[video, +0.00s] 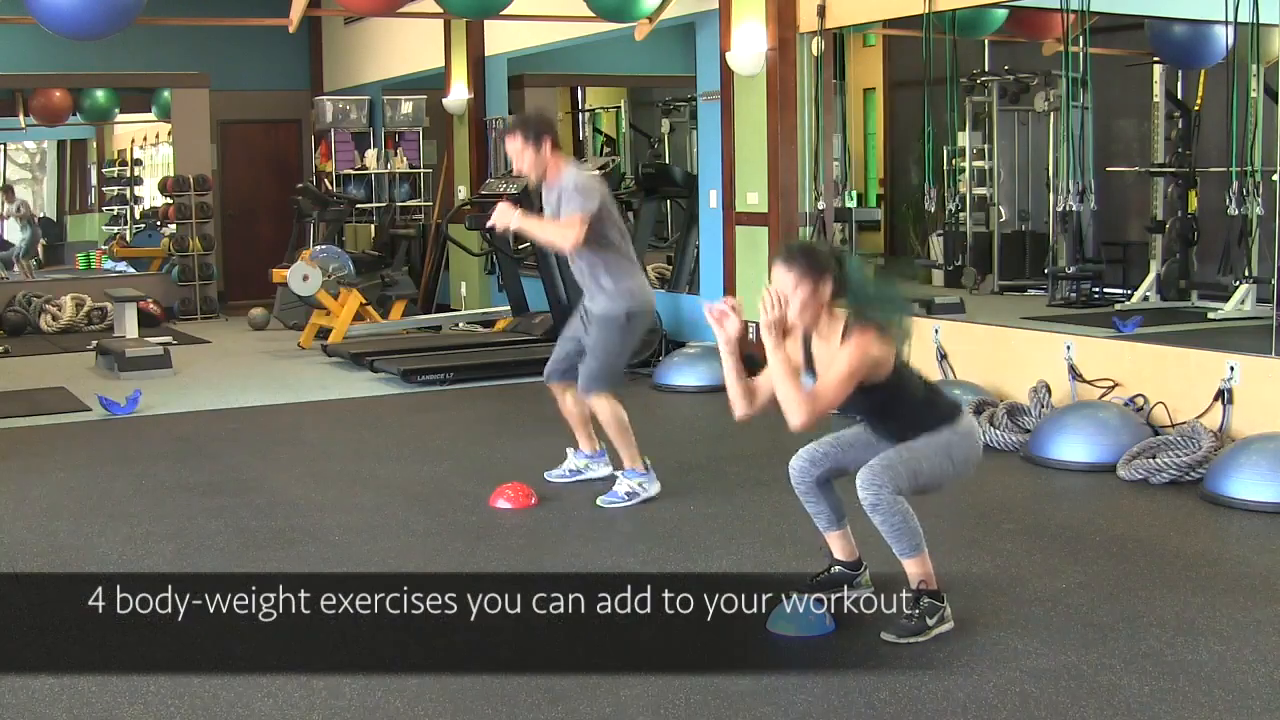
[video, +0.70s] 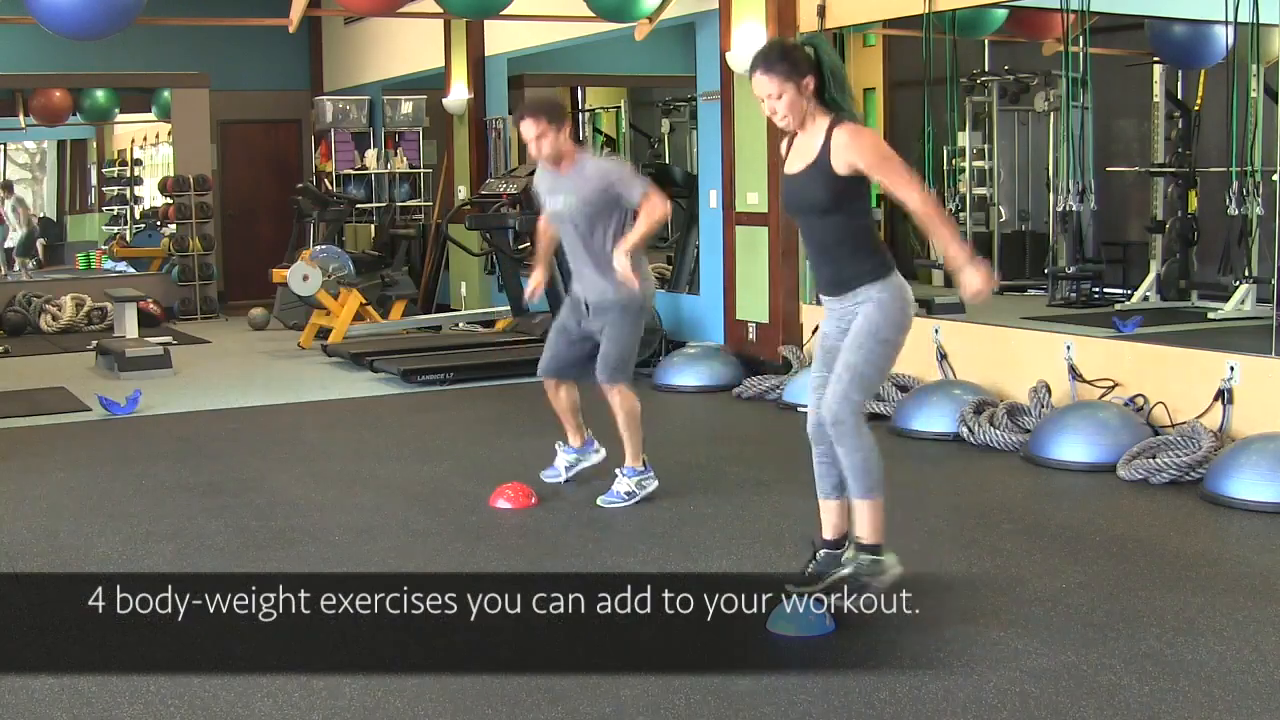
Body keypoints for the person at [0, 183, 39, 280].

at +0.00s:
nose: (4, 197)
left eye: (5, 194)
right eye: (3, 195)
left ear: (11, 193)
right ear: (4, 195)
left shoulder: (22, 203)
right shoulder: (9, 205)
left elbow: (26, 214)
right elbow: (7, 216)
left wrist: (14, 215)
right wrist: (3, 216)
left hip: (32, 232)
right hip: (24, 233)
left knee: (24, 256)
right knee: (16, 256)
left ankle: (32, 277)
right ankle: (26, 278)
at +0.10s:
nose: (4, 211)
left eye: (5, 208)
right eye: (3, 208)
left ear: (10, 207)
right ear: (4, 209)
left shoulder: (19, 216)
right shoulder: (10, 219)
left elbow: (21, 228)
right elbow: (5, 227)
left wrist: (11, 225)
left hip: (36, 243)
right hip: (29, 244)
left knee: (21, 260)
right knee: (14, 260)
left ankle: (32, 279)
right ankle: (27, 279)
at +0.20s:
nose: (2, 223)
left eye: (3, 220)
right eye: (1, 220)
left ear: (9, 219)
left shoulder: (19, 228)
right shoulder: (7, 231)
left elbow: (12, 238)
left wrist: (2, 232)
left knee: (20, 260)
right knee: (2, 258)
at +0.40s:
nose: (1, 229)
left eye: (2, 226)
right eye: (1, 227)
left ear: (7, 225)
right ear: (7, 225)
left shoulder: (16, 233)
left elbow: (3, 244)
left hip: (39, 253)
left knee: (20, 261)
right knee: (15, 260)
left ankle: (31, 280)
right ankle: (28, 280)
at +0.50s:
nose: (1, 218)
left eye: (1, 216)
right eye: (1, 216)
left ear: (6, 216)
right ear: (8, 216)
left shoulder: (15, 225)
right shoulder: (14, 225)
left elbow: (4, 239)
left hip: (35, 247)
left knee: (18, 261)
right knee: (14, 260)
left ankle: (29, 279)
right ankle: (29, 279)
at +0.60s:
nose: (1, 205)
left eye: (2, 202)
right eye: (1, 203)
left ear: (7, 203)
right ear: (8, 203)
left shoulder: (16, 213)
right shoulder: (12, 214)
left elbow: (12, 229)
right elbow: (11, 229)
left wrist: (9, 243)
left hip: (32, 241)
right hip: (25, 241)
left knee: (17, 259)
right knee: (17, 259)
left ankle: (29, 278)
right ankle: (29, 278)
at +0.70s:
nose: (1, 194)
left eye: (3, 191)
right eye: (1, 191)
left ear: (8, 190)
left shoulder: (17, 199)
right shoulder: (8, 202)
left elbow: (24, 210)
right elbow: (8, 215)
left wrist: (24, 226)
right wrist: (11, 226)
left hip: (27, 229)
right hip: (19, 229)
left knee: (17, 253)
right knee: (20, 254)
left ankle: (26, 275)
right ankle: (26, 275)